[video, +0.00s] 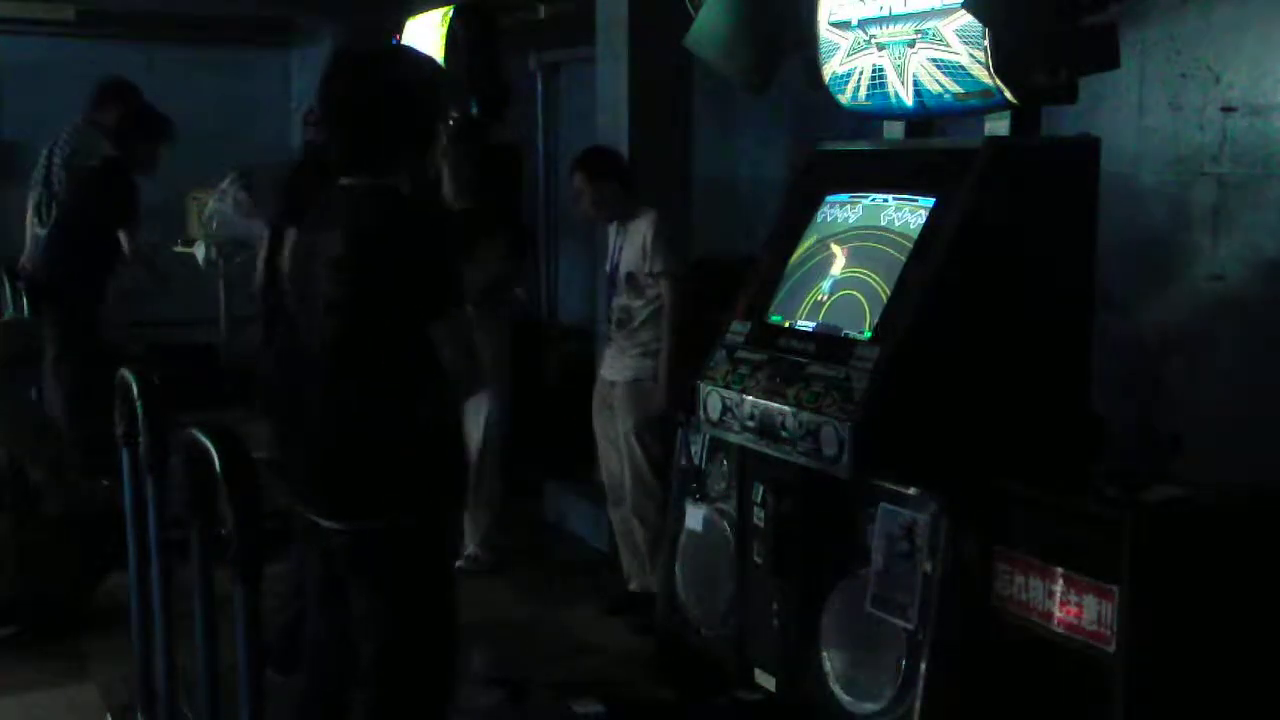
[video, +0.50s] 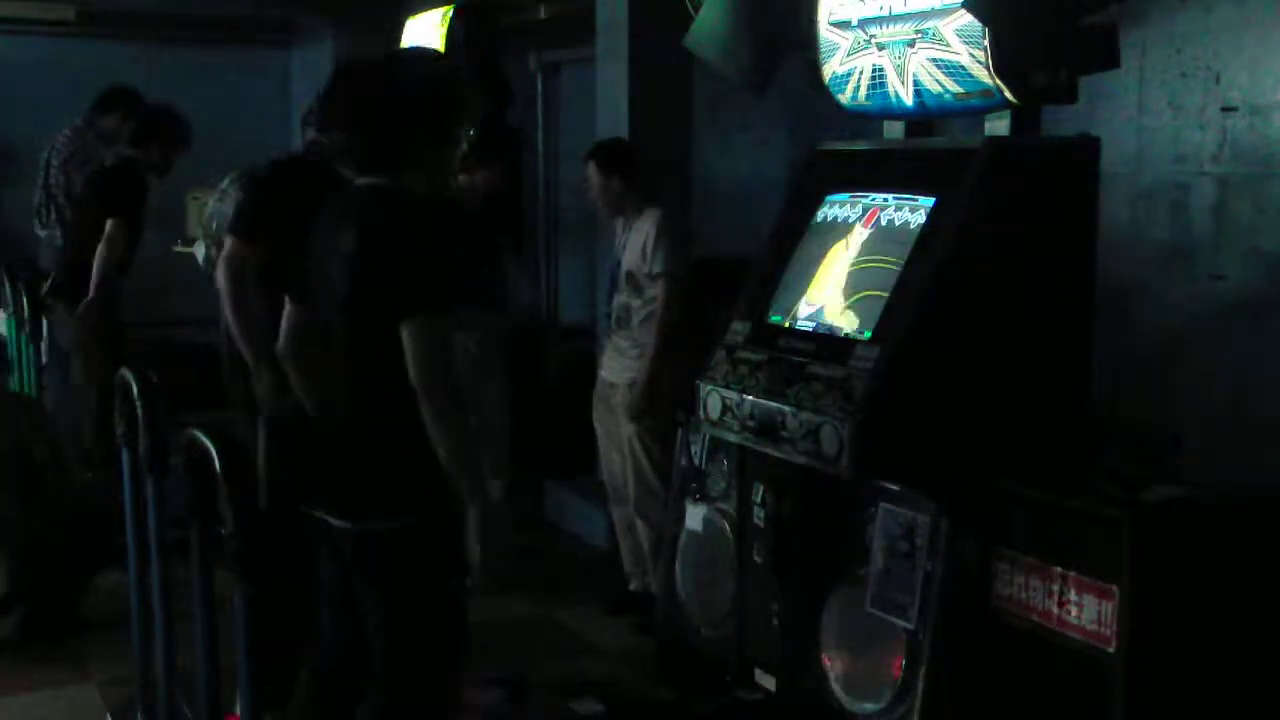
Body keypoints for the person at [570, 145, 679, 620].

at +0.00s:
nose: (582, 203)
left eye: (586, 192)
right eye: (579, 194)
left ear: (610, 188)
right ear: (595, 192)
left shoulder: (649, 230)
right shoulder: (615, 233)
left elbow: (668, 304)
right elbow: (619, 308)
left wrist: (665, 380)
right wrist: (607, 365)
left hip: (641, 375)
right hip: (611, 372)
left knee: (642, 484)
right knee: (616, 482)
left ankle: (654, 586)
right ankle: (633, 580)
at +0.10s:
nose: (585, 201)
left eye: (589, 191)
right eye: (583, 192)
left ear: (614, 186)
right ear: (600, 189)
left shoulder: (652, 229)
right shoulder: (617, 229)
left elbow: (667, 308)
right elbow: (621, 305)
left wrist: (659, 380)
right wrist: (607, 363)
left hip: (640, 379)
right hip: (608, 376)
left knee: (643, 487)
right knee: (616, 485)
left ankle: (657, 586)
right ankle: (634, 581)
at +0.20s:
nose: (586, 199)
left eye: (590, 189)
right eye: (584, 190)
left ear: (616, 184)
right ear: (604, 187)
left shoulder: (653, 229)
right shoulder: (618, 231)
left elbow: (665, 308)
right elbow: (624, 307)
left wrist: (652, 377)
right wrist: (608, 364)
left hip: (639, 379)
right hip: (608, 376)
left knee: (643, 488)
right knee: (617, 485)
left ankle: (658, 585)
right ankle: (634, 581)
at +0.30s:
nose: (587, 197)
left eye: (592, 186)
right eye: (586, 187)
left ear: (617, 183)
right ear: (605, 185)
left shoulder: (653, 228)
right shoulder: (620, 230)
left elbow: (664, 309)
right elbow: (625, 309)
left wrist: (649, 380)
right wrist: (609, 367)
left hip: (639, 379)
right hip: (608, 376)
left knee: (645, 489)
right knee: (617, 486)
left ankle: (659, 587)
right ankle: (635, 582)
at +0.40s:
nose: (589, 195)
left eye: (593, 184)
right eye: (588, 185)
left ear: (618, 183)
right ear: (609, 184)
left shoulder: (654, 228)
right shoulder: (623, 231)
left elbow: (665, 311)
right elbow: (629, 310)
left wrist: (648, 381)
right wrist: (609, 368)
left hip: (638, 383)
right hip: (608, 379)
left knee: (646, 491)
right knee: (618, 487)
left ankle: (659, 588)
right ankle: (635, 582)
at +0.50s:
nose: (591, 193)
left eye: (595, 183)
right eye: (590, 183)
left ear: (619, 182)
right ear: (611, 183)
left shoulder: (655, 228)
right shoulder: (624, 230)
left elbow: (663, 311)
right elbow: (629, 309)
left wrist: (646, 382)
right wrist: (609, 368)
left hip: (638, 382)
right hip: (609, 379)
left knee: (646, 489)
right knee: (618, 486)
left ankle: (658, 588)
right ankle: (635, 582)